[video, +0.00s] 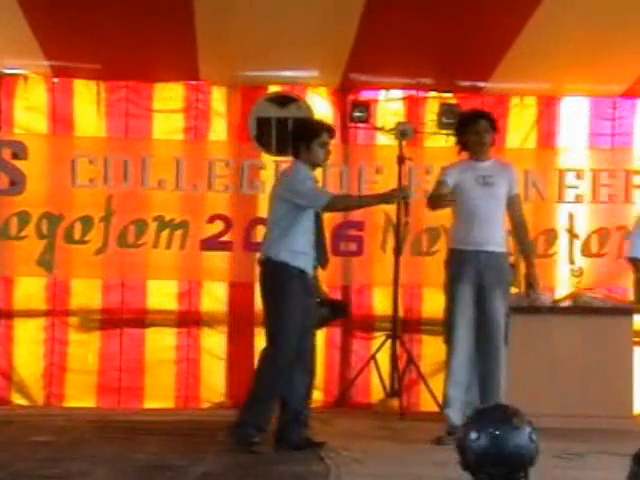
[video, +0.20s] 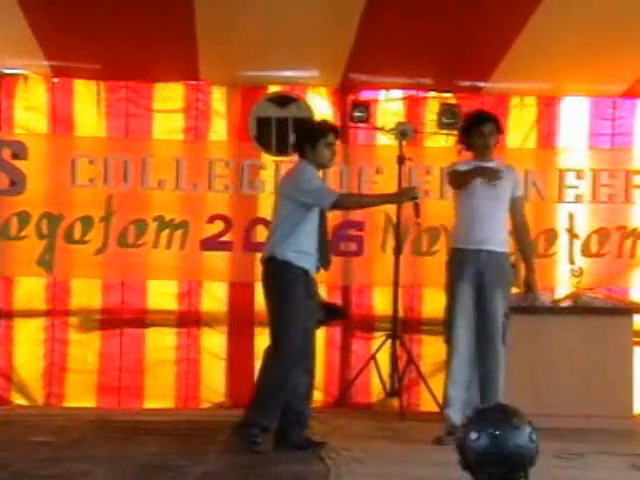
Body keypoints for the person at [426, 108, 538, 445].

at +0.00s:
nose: (481, 139)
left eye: (486, 133)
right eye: (474, 133)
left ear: (494, 136)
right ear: (463, 138)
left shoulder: (506, 172)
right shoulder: (454, 171)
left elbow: (519, 222)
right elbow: (434, 202)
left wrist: (530, 268)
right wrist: (452, 195)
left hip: (495, 257)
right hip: (462, 256)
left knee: (495, 335)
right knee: (460, 335)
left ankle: (493, 413)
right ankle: (457, 416)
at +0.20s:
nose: (486, 141)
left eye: (491, 135)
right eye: (480, 135)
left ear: (498, 138)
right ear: (468, 139)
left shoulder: (509, 173)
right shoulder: (459, 169)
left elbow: (520, 224)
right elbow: (457, 180)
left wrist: (530, 271)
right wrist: (479, 172)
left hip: (496, 255)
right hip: (464, 253)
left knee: (493, 335)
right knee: (460, 335)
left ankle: (491, 413)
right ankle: (456, 415)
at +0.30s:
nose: (494, 143)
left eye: (498, 136)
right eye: (488, 136)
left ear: (504, 139)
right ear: (474, 139)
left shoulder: (513, 175)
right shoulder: (462, 170)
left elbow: (524, 225)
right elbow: (466, 178)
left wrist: (535, 274)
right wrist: (496, 167)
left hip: (498, 255)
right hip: (467, 253)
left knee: (495, 335)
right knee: (462, 333)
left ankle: (491, 413)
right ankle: (456, 416)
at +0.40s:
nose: (502, 146)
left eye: (506, 140)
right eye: (497, 139)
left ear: (509, 142)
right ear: (481, 139)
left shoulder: (515, 177)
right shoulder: (467, 168)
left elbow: (525, 224)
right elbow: (470, 183)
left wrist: (538, 266)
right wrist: (502, 170)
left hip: (501, 255)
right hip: (470, 252)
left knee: (497, 334)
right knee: (465, 332)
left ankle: (493, 413)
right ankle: (457, 415)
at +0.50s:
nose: (513, 149)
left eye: (516, 142)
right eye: (508, 142)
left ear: (516, 144)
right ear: (493, 141)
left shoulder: (516, 178)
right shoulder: (472, 171)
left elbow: (526, 222)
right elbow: (469, 202)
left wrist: (542, 258)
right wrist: (505, 191)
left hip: (505, 257)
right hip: (474, 255)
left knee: (502, 333)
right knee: (473, 332)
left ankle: (496, 408)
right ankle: (466, 409)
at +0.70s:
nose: (527, 151)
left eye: (529, 145)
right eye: (523, 144)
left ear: (526, 146)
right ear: (505, 142)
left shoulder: (523, 179)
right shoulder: (481, 173)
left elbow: (527, 220)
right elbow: (472, 221)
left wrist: (543, 228)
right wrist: (516, 224)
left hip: (509, 257)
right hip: (481, 255)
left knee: (509, 331)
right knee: (490, 332)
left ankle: (501, 405)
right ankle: (488, 408)